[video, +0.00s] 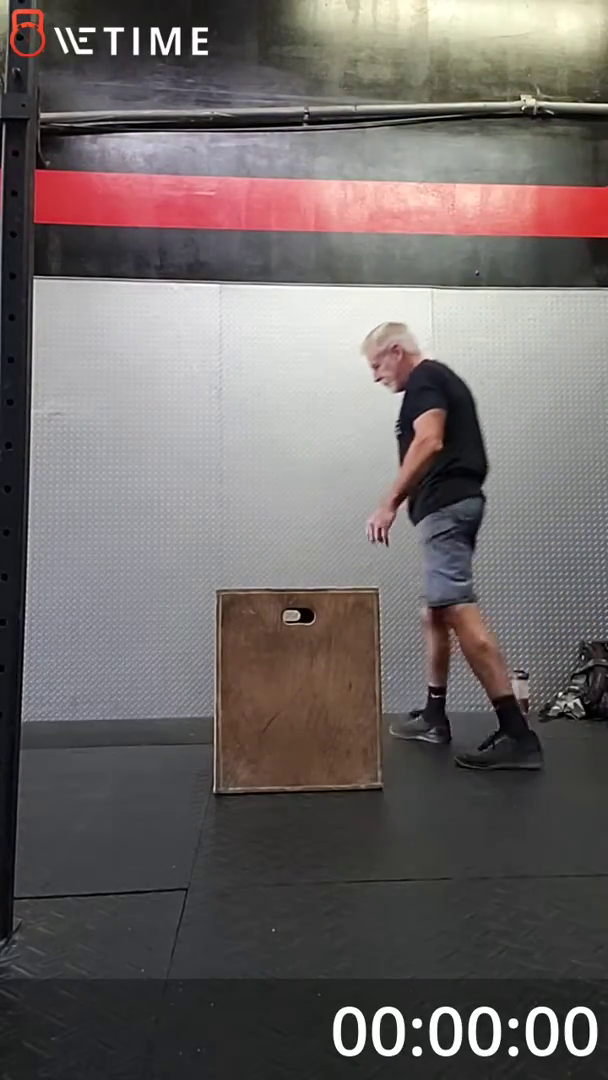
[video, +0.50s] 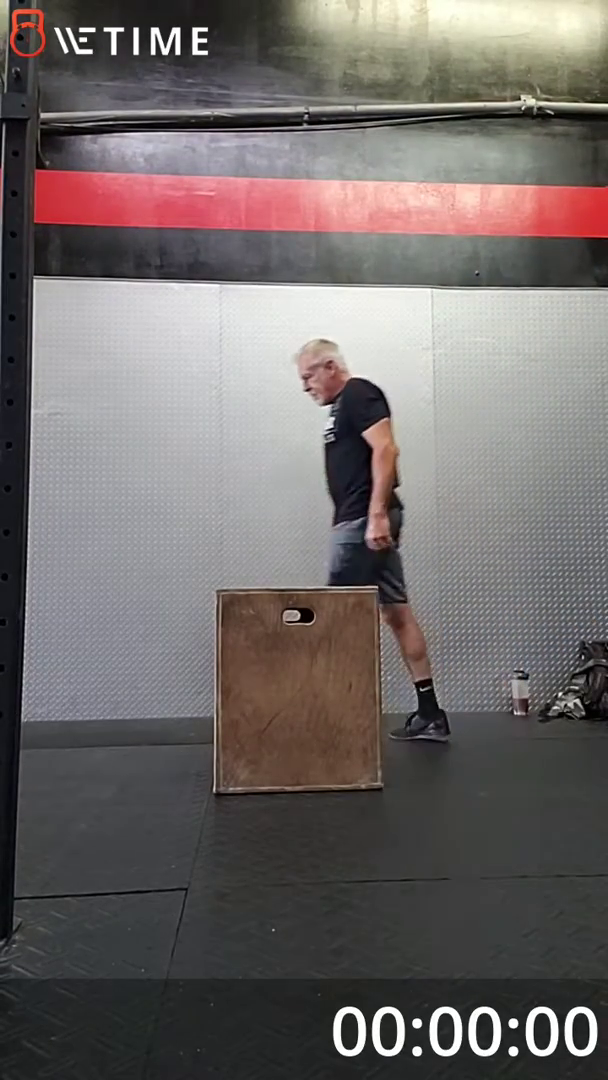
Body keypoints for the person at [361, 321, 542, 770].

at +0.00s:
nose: (377, 377)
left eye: (377, 366)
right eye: (373, 369)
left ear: (397, 353)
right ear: (400, 353)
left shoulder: (425, 378)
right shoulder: (441, 379)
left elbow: (429, 442)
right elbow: (444, 453)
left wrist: (389, 503)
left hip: (446, 508)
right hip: (458, 505)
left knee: (461, 614)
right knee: (437, 613)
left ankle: (517, 734)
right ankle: (433, 718)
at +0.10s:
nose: (362, 380)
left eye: (364, 369)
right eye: (359, 372)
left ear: (385, 357)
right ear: (386, 358)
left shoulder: (411, 383)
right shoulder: (421, 383)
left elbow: (421, 446)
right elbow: (432, 454)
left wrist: (389, 511)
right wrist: (405, 513)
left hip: (431, 509)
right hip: (437, 508)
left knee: (423, 614)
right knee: (425, 614)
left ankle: (499, 713)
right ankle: (433, 718)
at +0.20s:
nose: (350, 383)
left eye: (350, 373)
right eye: (347, 376)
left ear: (372, 360)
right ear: (371, 362)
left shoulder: (398, 386)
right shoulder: (404, 386)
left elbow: (416, 444)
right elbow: (416, 451)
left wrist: (396, 512)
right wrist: (394, 509)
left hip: (416, 510)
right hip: (430, 508)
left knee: (390, 608)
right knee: (419, 612)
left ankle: (468, 693)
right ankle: (432, 716)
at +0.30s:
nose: (335, 382)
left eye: (339, 373)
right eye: (332, 376)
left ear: (361, 362)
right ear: (358, 367)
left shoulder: (387, 388)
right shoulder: (381, 394)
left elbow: (412, 445)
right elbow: (400, 454)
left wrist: (399, 509)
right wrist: (382, 509)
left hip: (391, 513)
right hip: (411, 510)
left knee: (365, 608)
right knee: (412, 610)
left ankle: (420, 700)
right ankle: (430, 715)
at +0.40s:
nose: (322, 384)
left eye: (324, 375)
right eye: (318, 378)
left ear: (347, 365)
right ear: (341, 370)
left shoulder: (374, 389)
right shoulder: (359, 401)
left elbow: (402, 445)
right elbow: (374, 459)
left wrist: (393, 510)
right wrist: (362, 511)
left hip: (374, 517)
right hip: (390, 514)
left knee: (343, 617)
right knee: (409, 615)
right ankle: (431, 714)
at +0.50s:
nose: (306, 386)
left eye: (308, 377)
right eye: (303, 379)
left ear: (332, 367)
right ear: (325, 372)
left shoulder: (358, 393)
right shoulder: (344, 404)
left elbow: (386, 451)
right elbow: (361, 462)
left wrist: (378, 515)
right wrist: (346, 515)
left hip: (357, 524)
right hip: (370, 520)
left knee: (338, 624)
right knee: (399, 617)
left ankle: (336, 725)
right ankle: (429, 712)